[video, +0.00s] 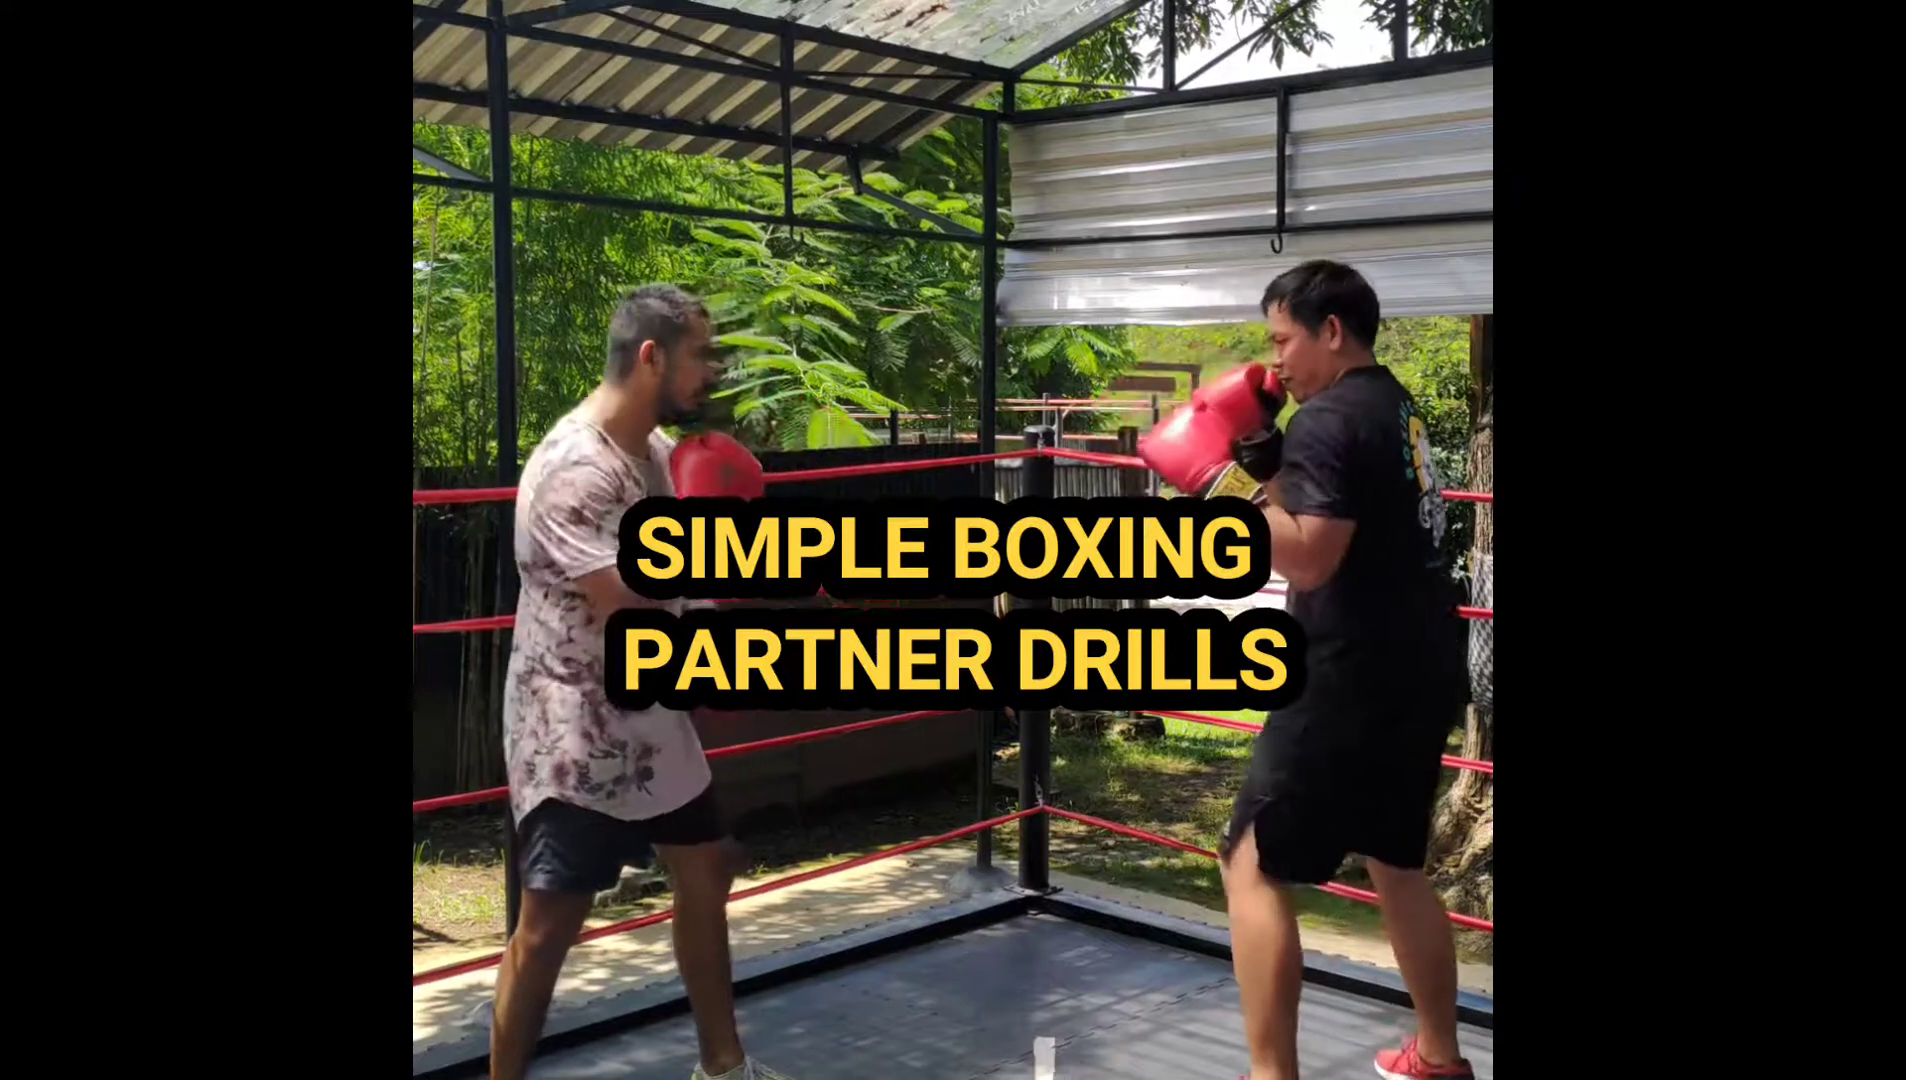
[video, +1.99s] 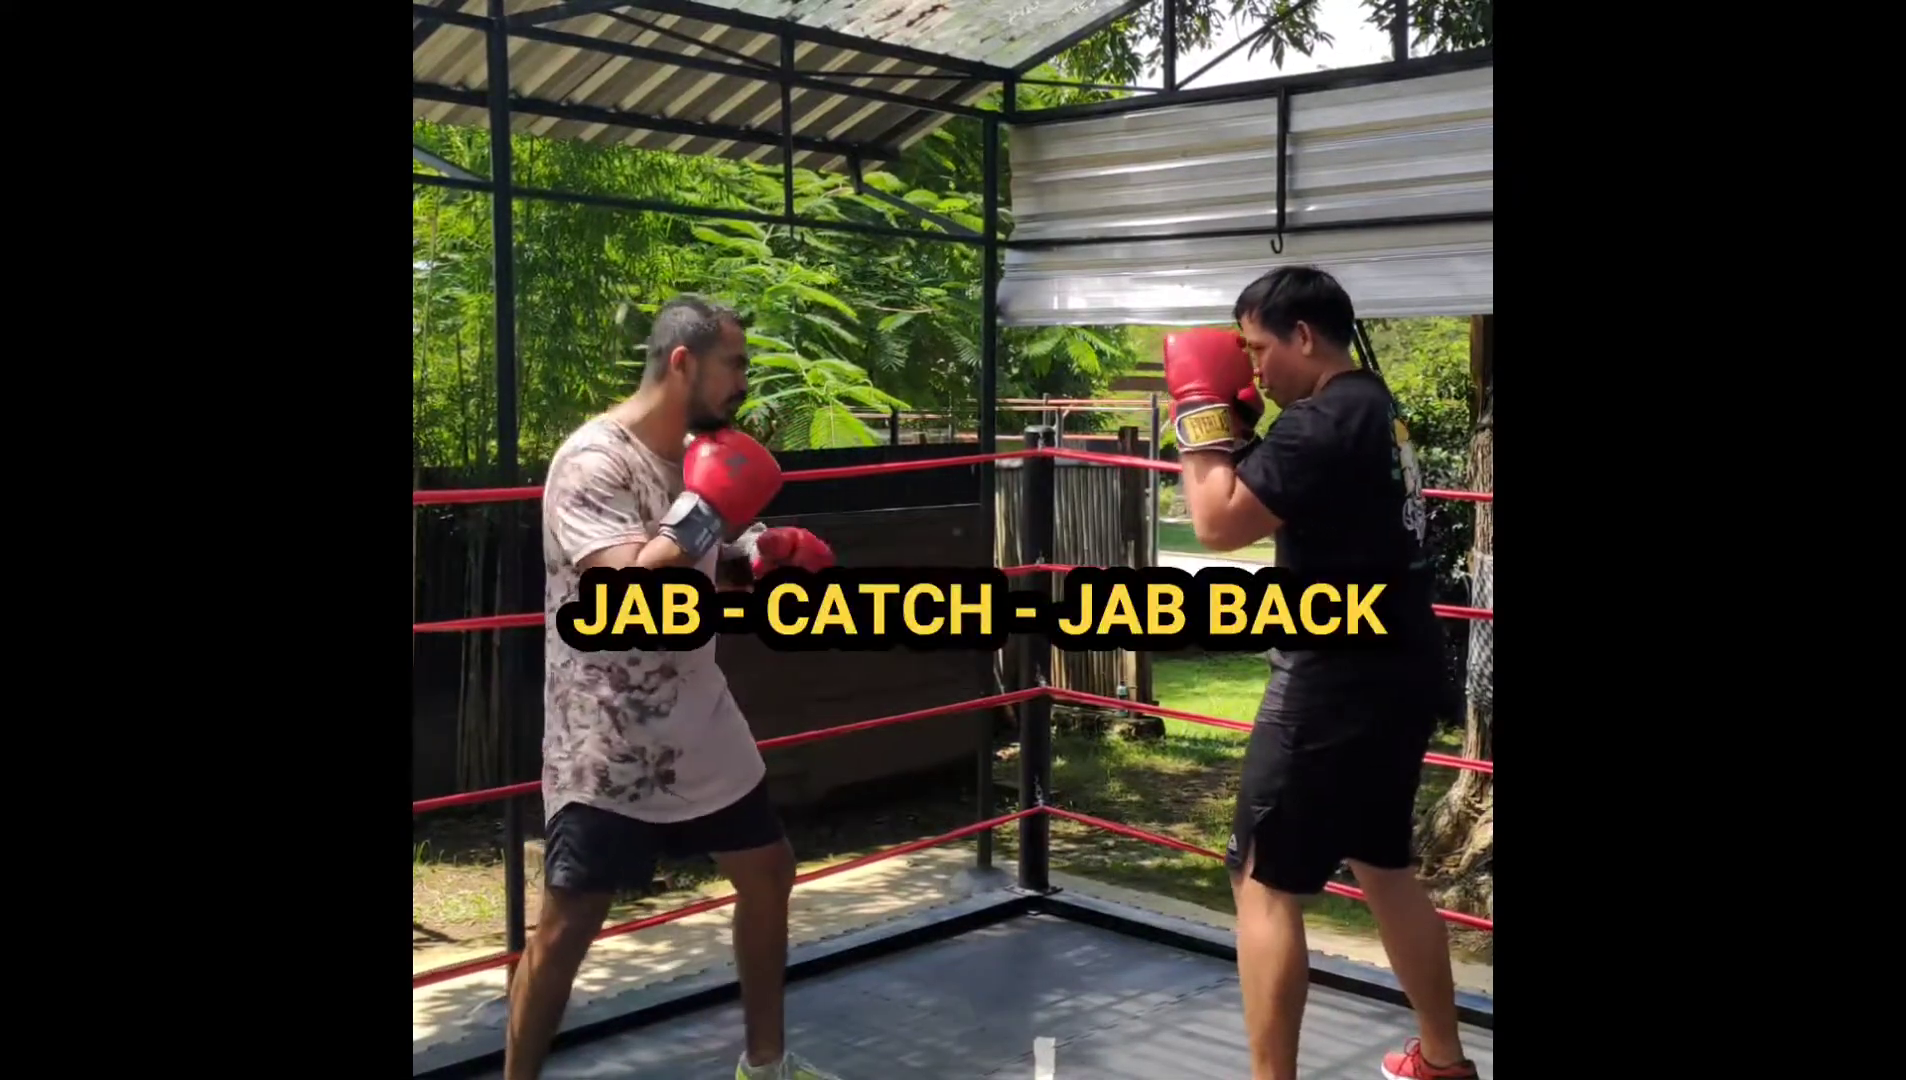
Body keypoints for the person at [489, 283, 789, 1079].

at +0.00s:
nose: (711, 373)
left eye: (712, 356)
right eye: (702, 356)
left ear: (653, 358)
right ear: (649, 354)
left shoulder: (656, 454)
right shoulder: (569, 470)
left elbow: (687, 571)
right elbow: (620, 603)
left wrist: (738, 515)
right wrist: (725, 551)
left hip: (653, 714)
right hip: (570, 724)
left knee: (705, 874)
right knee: (545, 928)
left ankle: (724, 1063)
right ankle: (505, 1077)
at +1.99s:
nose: (743, 381)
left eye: (745, 365)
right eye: (735, 364)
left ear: (688, 366)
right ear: (681, 362)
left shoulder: (697, 459)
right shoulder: (587, 461)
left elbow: (694, 561)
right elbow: (624, 585)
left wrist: (756, 555)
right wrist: (705, 511)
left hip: (702, 728)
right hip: (603, 743)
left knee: (767, 876)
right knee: (562, 933)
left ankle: (767, 1062)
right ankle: (517, 1076)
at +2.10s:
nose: (776, 367)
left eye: (778, 351)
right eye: (766, 350)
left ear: (721, 351)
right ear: (710, 346)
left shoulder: (746, 450)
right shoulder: (617, 441)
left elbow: (814, 513)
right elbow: (626, 551)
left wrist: (866, 487)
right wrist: (719, 486)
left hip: (735, 710)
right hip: (626, 720)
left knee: (775, 873)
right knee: (574, 912)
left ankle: (767, 1060)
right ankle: (521, 1074)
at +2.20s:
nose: (795, 367)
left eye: (798, 352)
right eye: (783, 350)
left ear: (760, 352)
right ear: (728, 346)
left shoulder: (790, 441)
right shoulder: (639, 437)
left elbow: (894, 467)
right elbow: (629, 547)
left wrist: (954, 419)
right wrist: (731, 486)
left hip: (749, 716)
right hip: (636, 722)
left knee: (788, 873)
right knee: (576, 907)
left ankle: (768, 1059)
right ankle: (525, 1074)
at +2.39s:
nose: (811, 375)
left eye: (813, 358)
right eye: (799, 357)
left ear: (762, 360)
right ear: (742, 354)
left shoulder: (797, 449)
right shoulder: (652, 443)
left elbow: (900, 512)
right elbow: (644, 563)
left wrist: (945, 476)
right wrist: (746, 496)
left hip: (761, 718)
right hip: (646, 719)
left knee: (800, 874)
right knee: (578, 902)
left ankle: (770, 1059)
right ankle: (524, 1073)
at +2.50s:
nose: (796, 374)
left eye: (797, 358)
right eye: (784, 357)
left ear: (746, 358)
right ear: (729, 354)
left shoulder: (778, 456)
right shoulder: (636, 447)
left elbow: (815, 558)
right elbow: (636, 566)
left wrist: (860, 549)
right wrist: (733, 501)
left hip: (751, 722)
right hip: (638, 724)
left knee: (790, 874)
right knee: (572, 905)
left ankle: (770, 1059)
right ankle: (511, 1073)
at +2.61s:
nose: (774, 375)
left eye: (775, 358)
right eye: (763, 358)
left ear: (719, 361)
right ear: (709, 356)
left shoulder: (751, 460)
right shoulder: (611, 452)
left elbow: (769, 576)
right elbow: (624, 576)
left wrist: (775, 641)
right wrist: (716, 496)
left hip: (732, 721)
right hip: (619, 731)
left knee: (779, 875)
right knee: (565, 909)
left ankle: (770, 1059)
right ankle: (509, 1074)